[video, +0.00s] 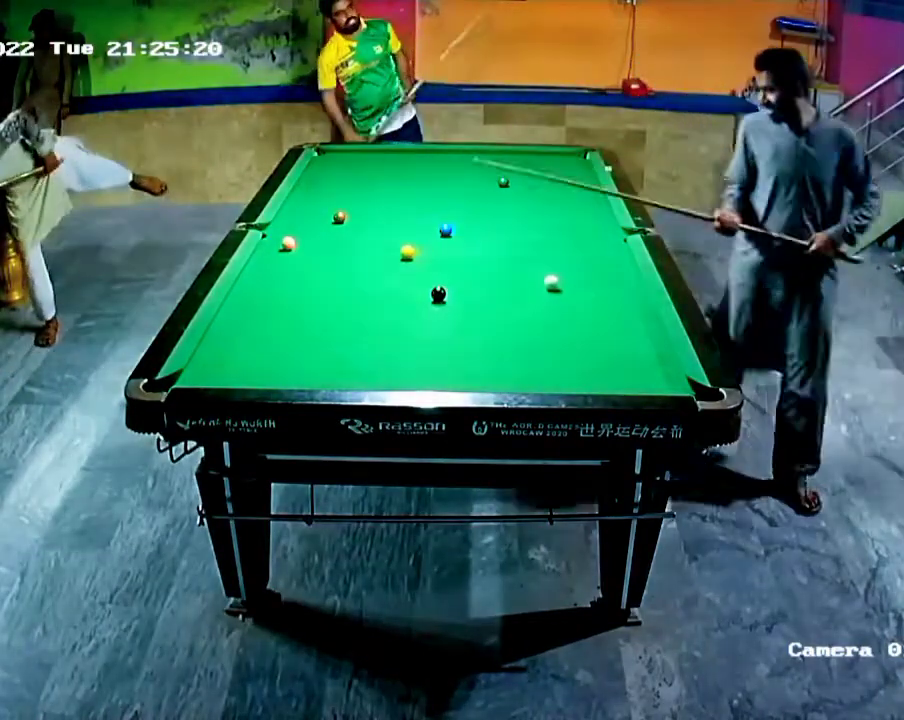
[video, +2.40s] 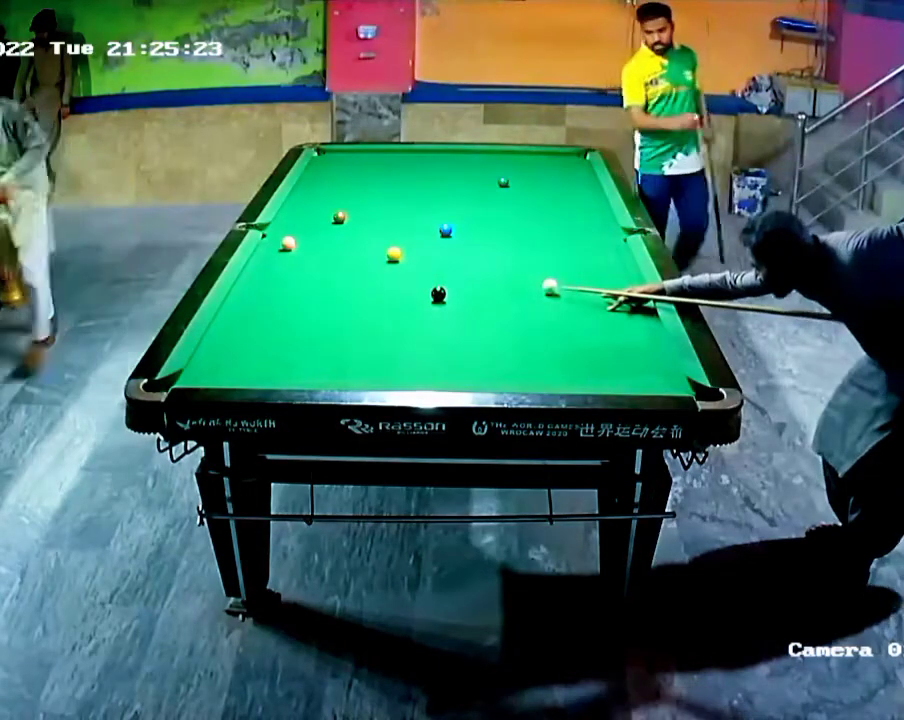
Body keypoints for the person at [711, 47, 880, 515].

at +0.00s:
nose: (762, 99)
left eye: (769, 90)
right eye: (759, 90)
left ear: (796, 87)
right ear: (759, 88)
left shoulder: (840, 137)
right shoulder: (752, 128)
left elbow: (868, 201)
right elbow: (734, 186)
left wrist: (838, 235)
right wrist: (730, 208)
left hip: (809, 271)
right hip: (753, 265)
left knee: (805, 380)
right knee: (729, 357)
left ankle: (794, 476)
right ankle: (712, 442)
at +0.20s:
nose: (778, 103)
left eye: (785, 95)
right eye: (775, 94)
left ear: (814, 93)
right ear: (779, 93)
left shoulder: (865, 149)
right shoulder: (774, 131)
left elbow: (889, 220)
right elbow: (757, 189)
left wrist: (844, 245)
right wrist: (747, 215)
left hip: (832, 291)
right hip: (774, 282)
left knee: (824, 391)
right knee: (756, 374)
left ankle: (791, 475)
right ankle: (750, 454)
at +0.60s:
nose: (777, 125)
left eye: (785, 116)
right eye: (775, 115)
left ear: (816, 115)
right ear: (796, 116)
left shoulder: (870, 170)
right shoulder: (789, 161)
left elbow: (903, 247)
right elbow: (774, 214)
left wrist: (850, 275)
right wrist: (733, 242)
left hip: (852, 328)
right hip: (796, 318)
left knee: (844, 440)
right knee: (782, 423)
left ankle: (834, 534)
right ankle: (778, 519)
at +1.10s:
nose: (809, 158)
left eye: (816, 147)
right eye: (808, 147)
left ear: (846, 145)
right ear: (820, 148)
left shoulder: (894, 198)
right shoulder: (832, 193)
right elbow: (786, 238)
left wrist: (890, 313)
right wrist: (720, 272)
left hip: (898, 343)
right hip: (865, 330)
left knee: (870, 454)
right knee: (833, 432)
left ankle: (859, 566)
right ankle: (837, 524)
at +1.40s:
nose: (783, 211)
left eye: (788, 199)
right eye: (780, 200)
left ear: (816, 192)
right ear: (803, 198)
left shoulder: (880, 234)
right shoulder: (813, 230)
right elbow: (751, 257)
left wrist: (894, 324)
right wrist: (681, 285)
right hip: (886, 339)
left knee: (878, 442)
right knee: (854, 423)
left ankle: (866, 545)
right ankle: (859, 527)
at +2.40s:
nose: (770, 277)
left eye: (773, 269)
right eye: (766, 269)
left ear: (795, 256)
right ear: (780, 258)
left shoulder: (868, 257)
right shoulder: (802, 266)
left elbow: (903, 231)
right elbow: (733, 283)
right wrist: (659, 287)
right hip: (885, 365)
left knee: (874, 484)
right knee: (833, 451)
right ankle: (863, 546)